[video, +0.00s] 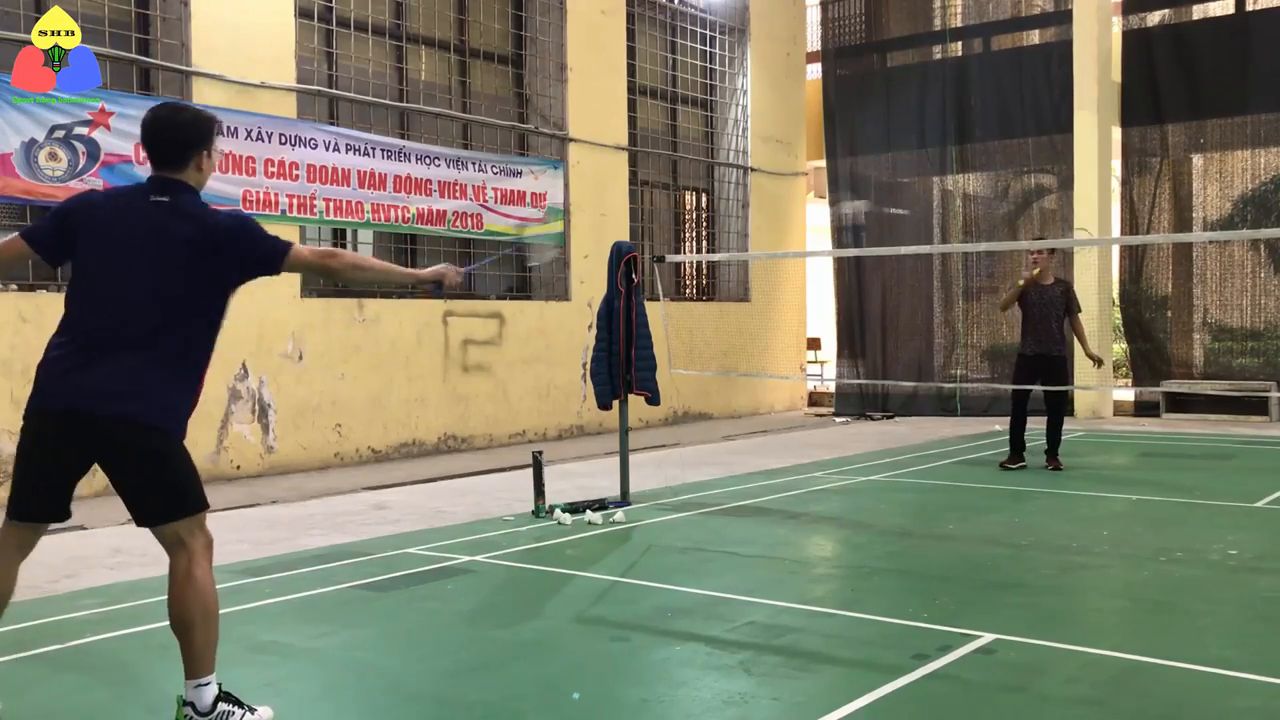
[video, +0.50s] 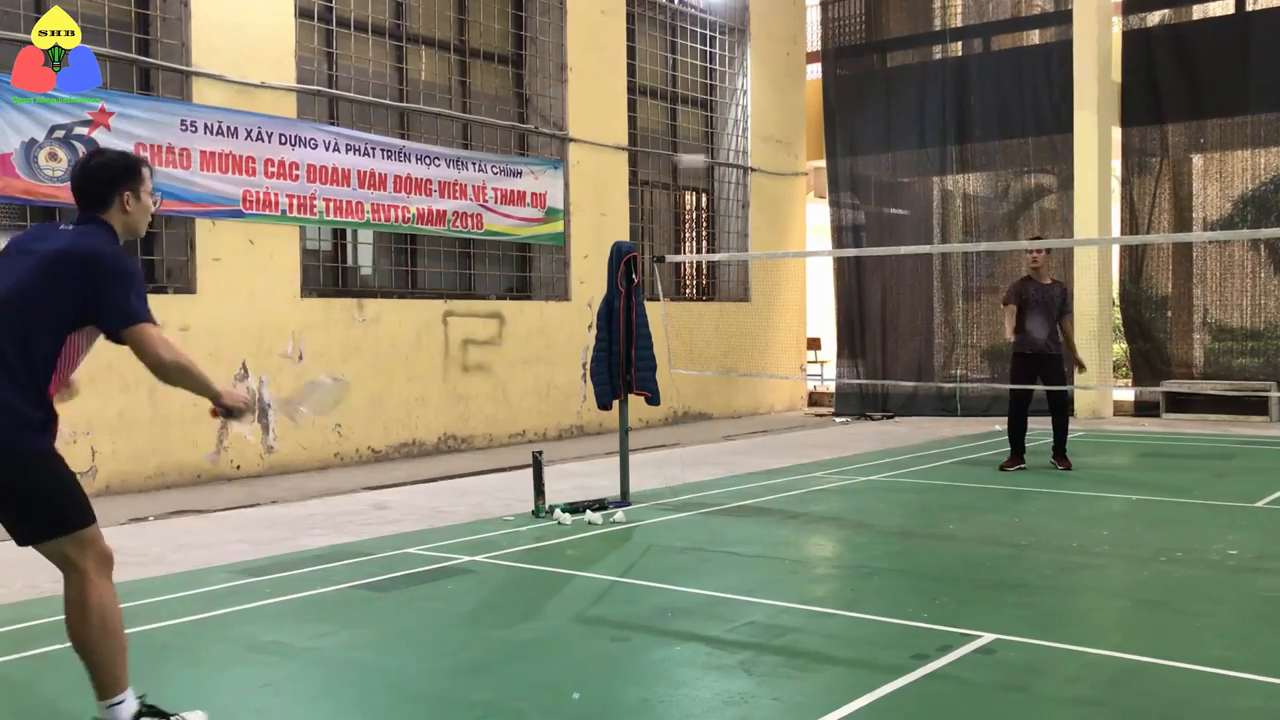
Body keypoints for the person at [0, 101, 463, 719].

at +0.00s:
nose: (216, 159)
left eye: (213, 148)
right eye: (214, 150)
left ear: (148, 154)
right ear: (204, 157)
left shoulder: (89, 209)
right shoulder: (222, 230)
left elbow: (7, 250)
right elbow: (327, 261)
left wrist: (48, 266)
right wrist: (421, 277)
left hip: (54, 408)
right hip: (139, 419)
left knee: (11, 545)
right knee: (190, 545)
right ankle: (201, 699)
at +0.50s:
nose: (153, 206)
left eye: (152, 194)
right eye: (148, 193)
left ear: (92, 200)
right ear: (124, 198)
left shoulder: (32, 239)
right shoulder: (104, 258)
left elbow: (10, 310)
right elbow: (162, 357)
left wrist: (41, 371)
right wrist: (220, 395)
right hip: (13, 430)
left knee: (80, 559)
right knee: (87, 560)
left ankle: (118, 706)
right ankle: (120, 708)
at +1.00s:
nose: (173, 142)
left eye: (169, 131)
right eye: (170, 132)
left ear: (101, 142)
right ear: (157, 143)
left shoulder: (44, 187)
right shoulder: (171, 215)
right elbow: (274, 254)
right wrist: (378, 281)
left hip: (8, 400)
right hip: (74, 416)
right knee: (113, 560)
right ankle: (123, 709)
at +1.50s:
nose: (178, 193)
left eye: (176, 181)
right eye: (174, 182)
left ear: (111, 184)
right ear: (154, 187)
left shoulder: (52, 224)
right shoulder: (148, 254)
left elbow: (7, 290)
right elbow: (191, 365)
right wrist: (244, 391)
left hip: (6, 423)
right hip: (63, 431)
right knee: (136, 567)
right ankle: (182, 702)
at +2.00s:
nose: (235, 147)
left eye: (233, 136)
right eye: (233, 137)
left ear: (167, 142)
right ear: (221, 144)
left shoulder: (115, 190)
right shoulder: (237, 215)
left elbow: (15, 240)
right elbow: (343, 243)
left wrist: (19, 278)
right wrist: (437, 256)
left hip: (60, 390)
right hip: (138, 405)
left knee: (8, 529)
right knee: (181, 544)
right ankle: (193, 695)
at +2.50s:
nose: (167, 197)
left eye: (165, 184)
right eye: (163, 185)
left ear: (108, 191)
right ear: (141, 190)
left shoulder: (54, 237)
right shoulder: (132, 256)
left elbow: (8, 301)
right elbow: (164, 363)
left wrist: (68, 333)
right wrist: (239, 402)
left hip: (9, 430)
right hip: (72, 436)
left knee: (3, 568)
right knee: (155, 553)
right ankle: (186, 701)